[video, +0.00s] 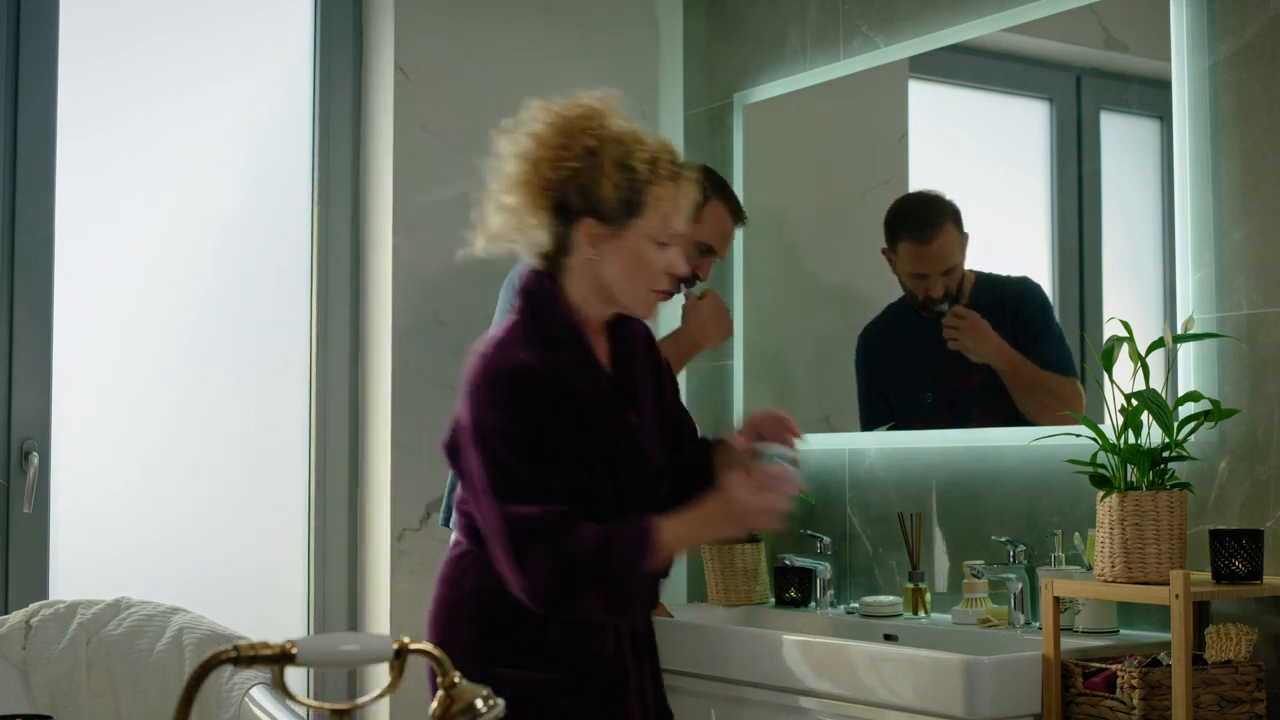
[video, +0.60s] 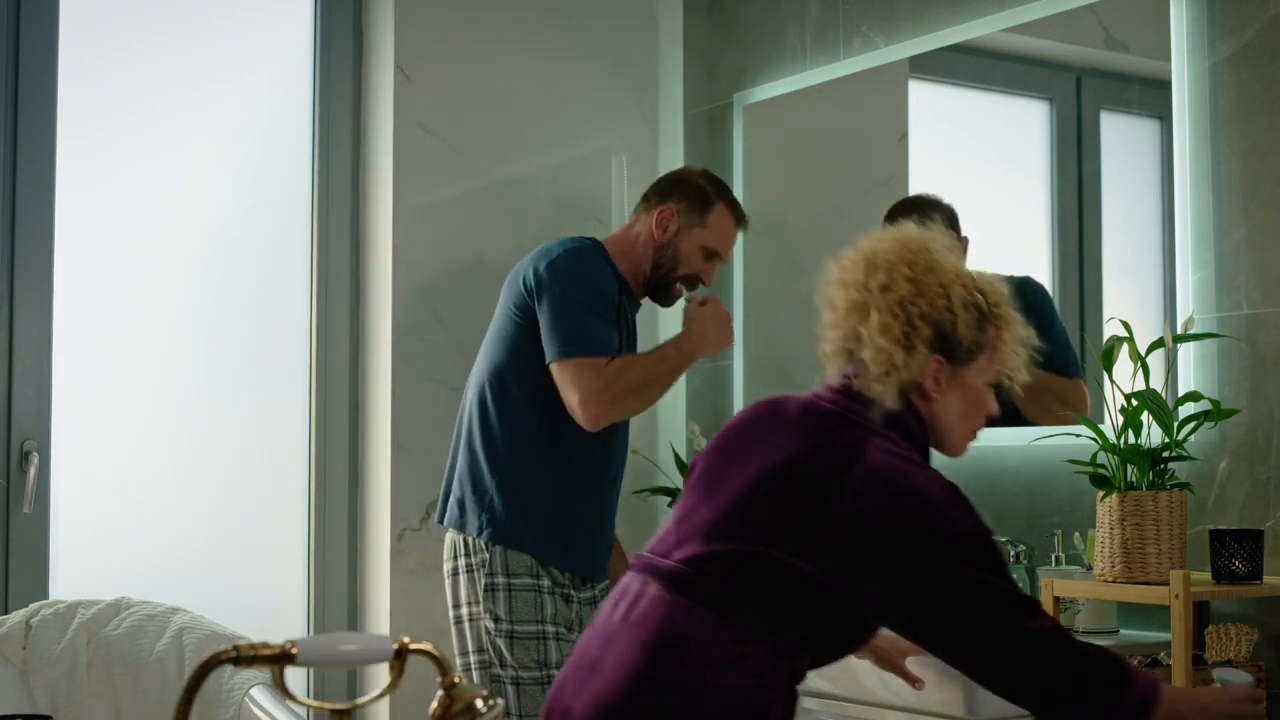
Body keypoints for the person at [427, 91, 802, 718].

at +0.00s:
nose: (683, 270)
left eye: (687, 250)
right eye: (666, 245)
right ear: (593, 240)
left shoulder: (632, 344)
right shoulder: (506, 371)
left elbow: (666, 477)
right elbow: (545, 569)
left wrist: (729, 457)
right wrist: (703, 524)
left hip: (608, 644)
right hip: (504, 661)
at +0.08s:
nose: (727, 283)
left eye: (727, 260)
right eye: (713, 259)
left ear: (644, 256)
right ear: (642, 254)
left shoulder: (648, 354)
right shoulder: (555, 380)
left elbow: (674, 488)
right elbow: (603, 581)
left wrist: (767, 487)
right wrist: (780, 561)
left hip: (609, 664)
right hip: (523, 681)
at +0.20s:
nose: (801, 305)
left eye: (800, 282)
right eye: (788, 281)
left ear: (722, 273)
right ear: (720, 271)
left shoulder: (692, 353)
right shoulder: (643, 379)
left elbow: (703, 499)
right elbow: (707, 594)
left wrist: (798, 527)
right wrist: (882, 612)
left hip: (626, 659)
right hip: (556, 677)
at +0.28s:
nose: (845, 319)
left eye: (846, 297)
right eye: (833, 295)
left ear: (766, 291)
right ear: (769, 288)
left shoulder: (698, 361)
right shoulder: (695, 389)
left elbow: (734, 514)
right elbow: (770, 591)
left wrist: (832, 560)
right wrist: (955, 639)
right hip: (585, 681)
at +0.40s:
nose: (919, 350)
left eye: (921, 330)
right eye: (909, 326)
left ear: (833, 314)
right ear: (843, 317)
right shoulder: (776, 414)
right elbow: (884, 605)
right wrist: (1070, 675)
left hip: (569, 675)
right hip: (630, 692)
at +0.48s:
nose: (958, 378)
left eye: (961, 358)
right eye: (949, 355)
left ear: (862, 337)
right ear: (884, 341)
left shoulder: (740, 399)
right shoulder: (846, 461)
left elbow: (731, 568)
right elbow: (974, 640)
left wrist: (855, 627)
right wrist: (1134, 689)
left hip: (563, 675)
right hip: (659, 694)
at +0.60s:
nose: (993, 406)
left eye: (998, 384)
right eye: (989, 381)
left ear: (863, 360)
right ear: (929, 372)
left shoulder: (761, 421)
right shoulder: (913, 497)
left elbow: (732, 565)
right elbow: (1027, 657)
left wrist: (864, 638)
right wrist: (1177, 697)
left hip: (591, 682)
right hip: (708, 699)